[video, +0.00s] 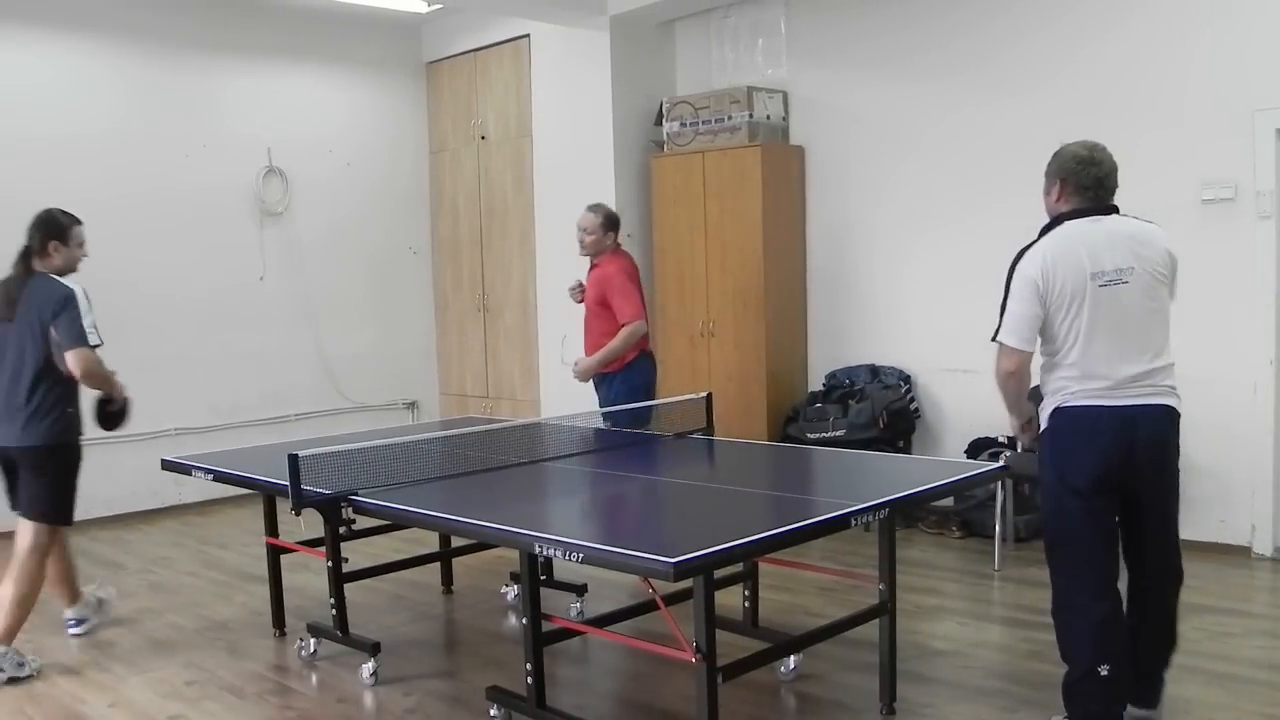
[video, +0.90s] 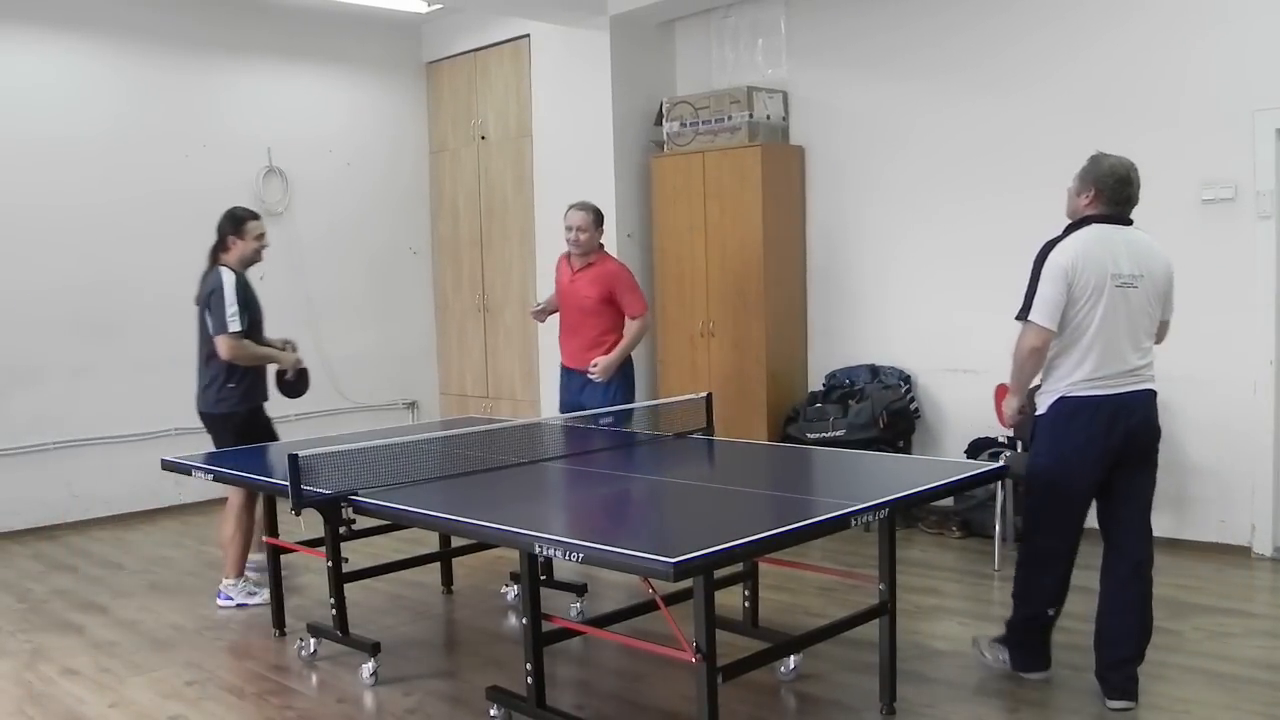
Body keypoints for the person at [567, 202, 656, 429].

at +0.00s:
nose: (580, 238)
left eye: (587, 232)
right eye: (579, 231)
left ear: (609, 237)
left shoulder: (616, 268)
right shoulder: (602, 262)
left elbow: (636, 325)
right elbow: (613, 297)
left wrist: (594, 363)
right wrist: (586, 294)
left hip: (627, 371)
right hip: (613, 371)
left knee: (627, 450)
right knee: (622, 449)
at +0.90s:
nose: (573, 236)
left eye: (581, 230)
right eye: (569, 229)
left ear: (599, 233)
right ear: (564, 230)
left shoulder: (615, 272)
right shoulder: (563, 263)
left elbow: (640, 319)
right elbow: (565, 294)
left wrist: (614, 360)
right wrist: (547, 308)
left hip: (608, 378)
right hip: (571, 376)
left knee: (609, 446)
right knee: (576, 446)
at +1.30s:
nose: (564, 231)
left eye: (571, 225)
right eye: (557, 225)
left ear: (580, 231)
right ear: (547, 231)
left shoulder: (600, 266)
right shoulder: (530, 274)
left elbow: (621, 304)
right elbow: (505, 315)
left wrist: (627, 337)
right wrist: (517, 323)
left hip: (599, 375)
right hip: (552, 377)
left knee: (607, 446)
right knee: (552, 446)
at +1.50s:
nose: (553, 230)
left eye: (558, 224)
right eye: (545, 225)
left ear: (567, 228)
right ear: (533, 233)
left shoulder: (590, 261)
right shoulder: (522, 275)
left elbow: (609, 296)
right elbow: (499, 322)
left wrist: (624, 322)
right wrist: (518, 326)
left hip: (597, 370)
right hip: (551, 374)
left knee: (610, 440)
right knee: (550, 446)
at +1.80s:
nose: (555, 227)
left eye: (557, 221)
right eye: (546, 223)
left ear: (562, 225)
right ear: (530, 232)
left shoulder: (585, 258)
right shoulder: (517, 278)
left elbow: (607, 293)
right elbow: (497, 322)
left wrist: (621, 316)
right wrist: (520, 332)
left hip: (600, 365)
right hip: (554, 372)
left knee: (620, 433)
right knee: (554, 441)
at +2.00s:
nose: (564, 228)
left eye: (564, 222)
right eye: (555, 223)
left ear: (568, 225)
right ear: (536, 232)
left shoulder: (588, 258)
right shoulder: (524, 280)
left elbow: (610, 294)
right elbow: (509, 328)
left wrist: (625, 315)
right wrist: (533, 331)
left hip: (605, 364)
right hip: (561, 372)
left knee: (627, 433)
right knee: (562, 442)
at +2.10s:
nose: (574, 228)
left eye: (575, 223)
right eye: (566, 224)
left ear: (577, 225)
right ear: (546, 231)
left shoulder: (593, 260)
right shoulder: (531, 278)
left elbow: (612, 296)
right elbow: (515, 328)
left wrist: (630, 316)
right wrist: (546, 328)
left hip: (610, 365)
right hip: (566, 372)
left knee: (633, 432)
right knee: (566, 442)